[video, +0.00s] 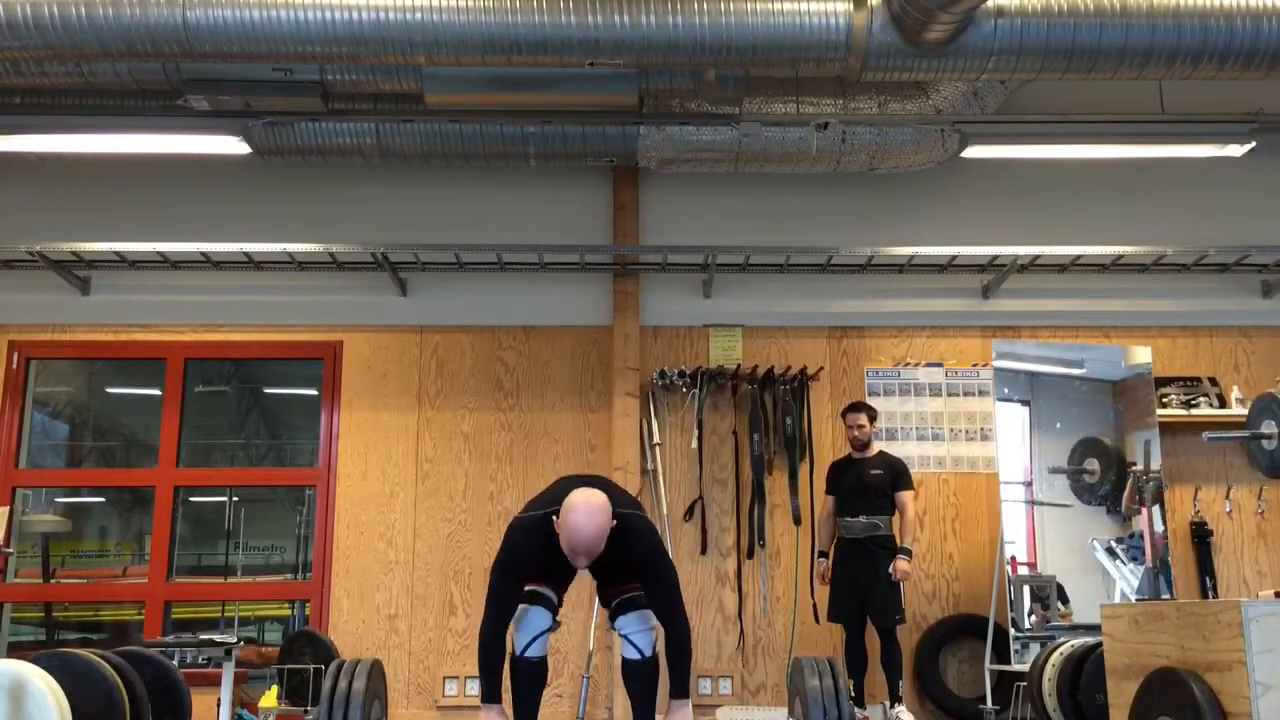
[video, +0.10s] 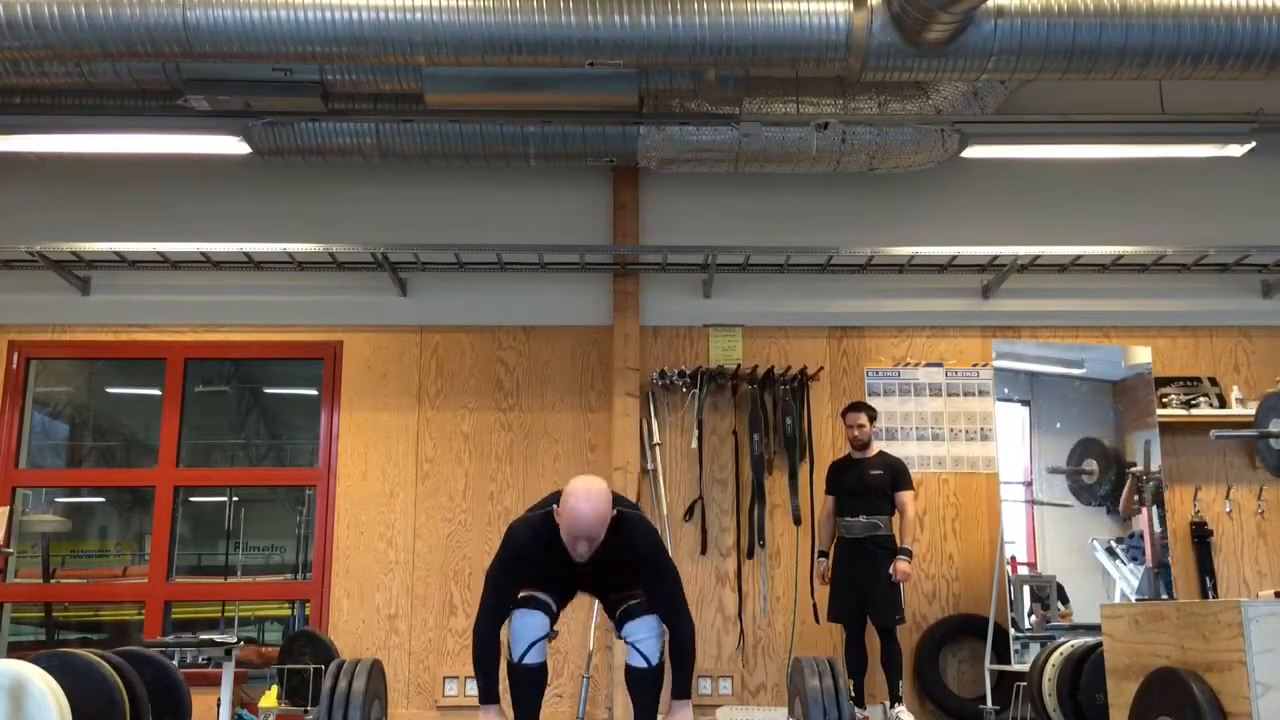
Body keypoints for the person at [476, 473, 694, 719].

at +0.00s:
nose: (581, 563)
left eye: (591, 554)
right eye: (572, 553)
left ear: (611, 529)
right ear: (557, 526)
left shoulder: (638, 535)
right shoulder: (524, 535)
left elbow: (676, 623)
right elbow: (494, 625)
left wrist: (680, 704)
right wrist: (490, 705)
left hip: (613, 549)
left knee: (639, 630)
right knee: (530, 626)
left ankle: (643, 716)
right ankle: (527, 715)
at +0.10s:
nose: (581, 550)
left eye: (592, 540)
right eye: (573, 539)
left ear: (610, 519)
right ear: (557, 515)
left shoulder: (638, 536)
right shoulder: (525, 536)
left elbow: (680, 622)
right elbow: (486, 625)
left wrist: (681, 704)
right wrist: (488, 707)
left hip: (618, 574)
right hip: (549, 574)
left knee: (645, 634)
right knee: (526, 629)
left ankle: (643, 717)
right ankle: (527, 717)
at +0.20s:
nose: (584, 535)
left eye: (595, 524)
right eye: (575, 523)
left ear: (612, 507)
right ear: (558, 505)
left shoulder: (638, 536)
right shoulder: (525, 539)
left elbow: (684, 622)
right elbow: (482, 626)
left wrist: (682, 704)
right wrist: (488, 707)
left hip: (617, 600)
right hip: (550, 599)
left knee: (651, 637)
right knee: (522, 633)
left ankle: (646, 716)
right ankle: (528, 716)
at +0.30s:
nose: (585, 526)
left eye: (596, 514)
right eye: (575, 513)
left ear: (613, 502)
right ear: (558, 499)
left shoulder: (636, 538)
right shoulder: (530, 539)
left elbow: (688, 624)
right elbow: (480, 626)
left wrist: (684, 705)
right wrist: (488, 706)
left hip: (618, 616)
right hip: (554, 615)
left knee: (657, 644)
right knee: (518, 638)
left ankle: (650, 716)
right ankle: (529, 716)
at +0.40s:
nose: (585, 528)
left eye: (597, 516)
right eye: (576, 515)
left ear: (613, 508)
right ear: (560, 503)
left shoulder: (637, 550)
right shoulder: (533, 547)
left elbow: (698, 629)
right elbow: (474, 629)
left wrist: (685, 706)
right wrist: (488, 707)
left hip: (617, 638)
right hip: (557, 637)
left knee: (664, 648)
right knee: (509, 642)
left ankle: (648, 717)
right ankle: (526, 716)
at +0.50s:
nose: (585, 536)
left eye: (597, 525)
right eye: (576, 523)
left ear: (612, 518)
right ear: (560, 513)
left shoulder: (638, 563)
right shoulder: (531, 561)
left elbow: (704, 631)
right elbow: (467, 632)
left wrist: (686, 704)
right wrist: (485, 705)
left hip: (618, 658)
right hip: (555, 657)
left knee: (666, 653)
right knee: (501, 644)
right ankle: (521, 714)